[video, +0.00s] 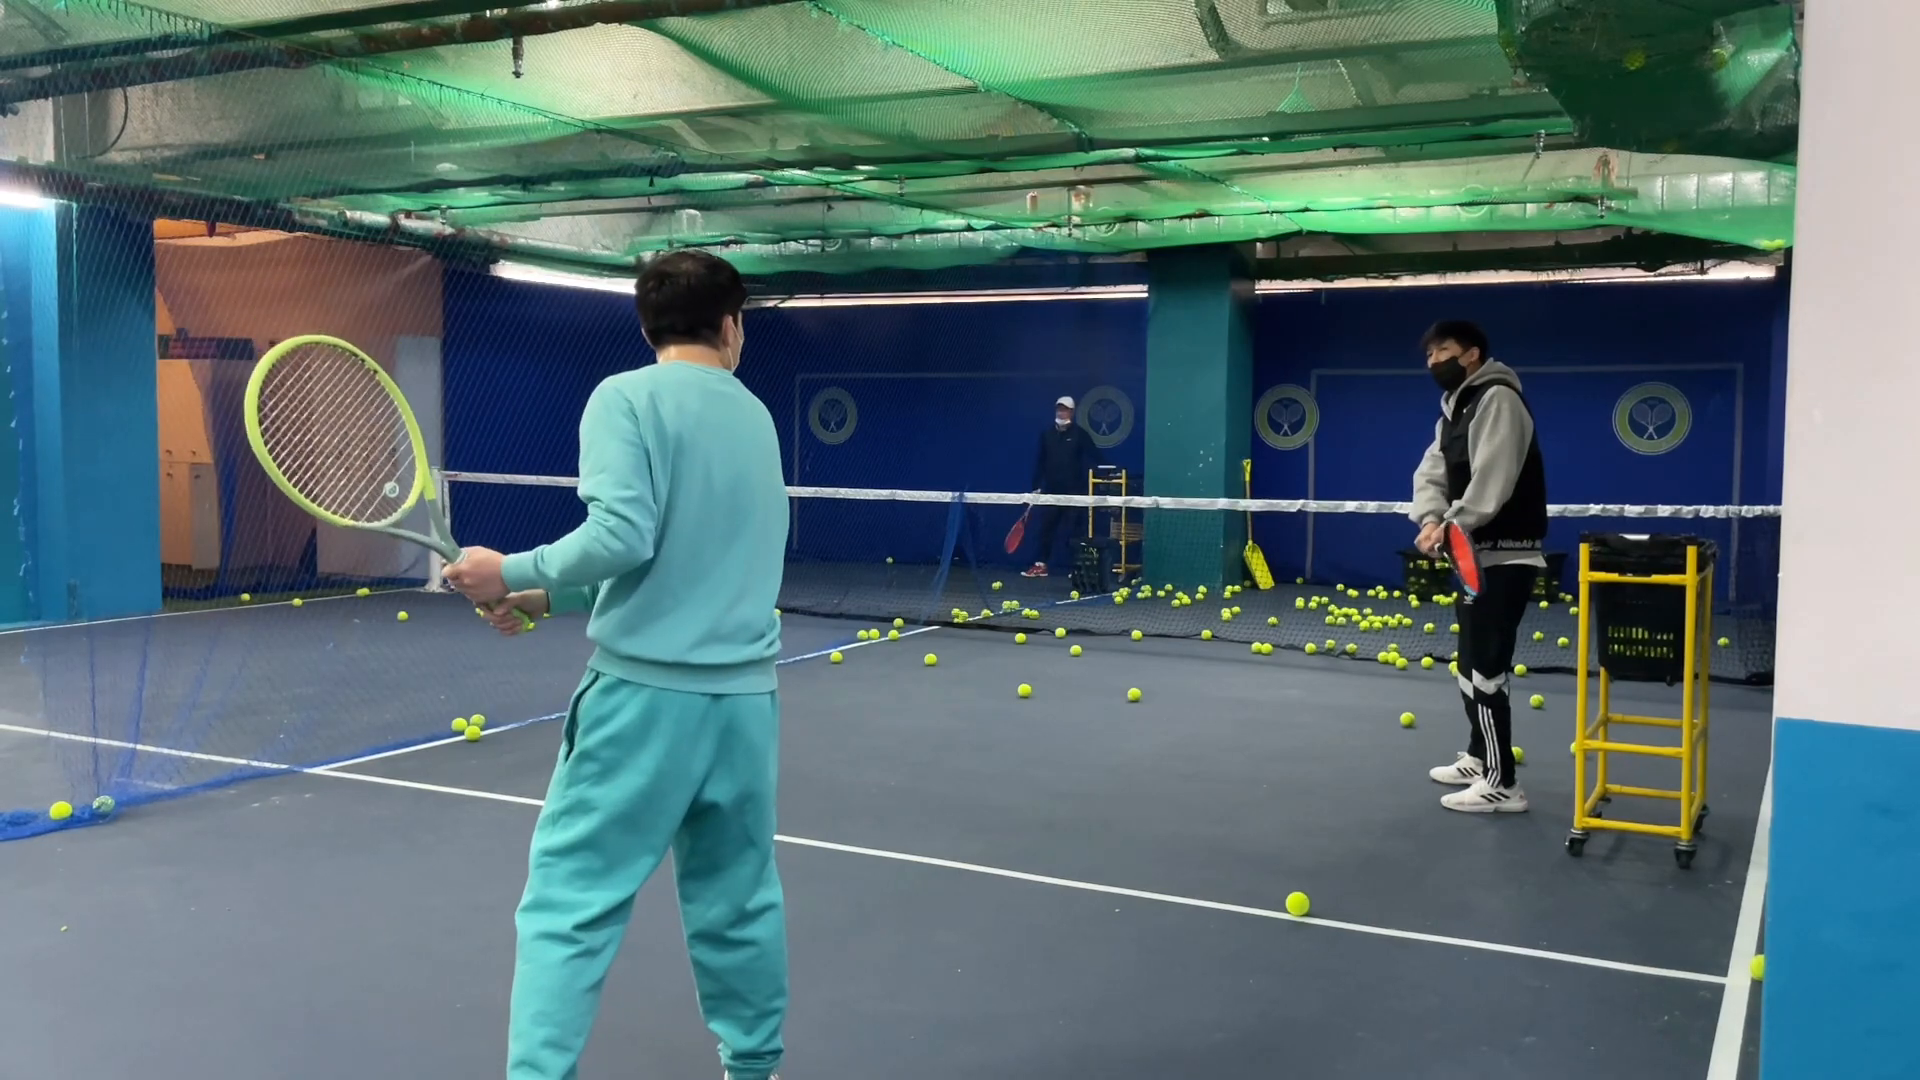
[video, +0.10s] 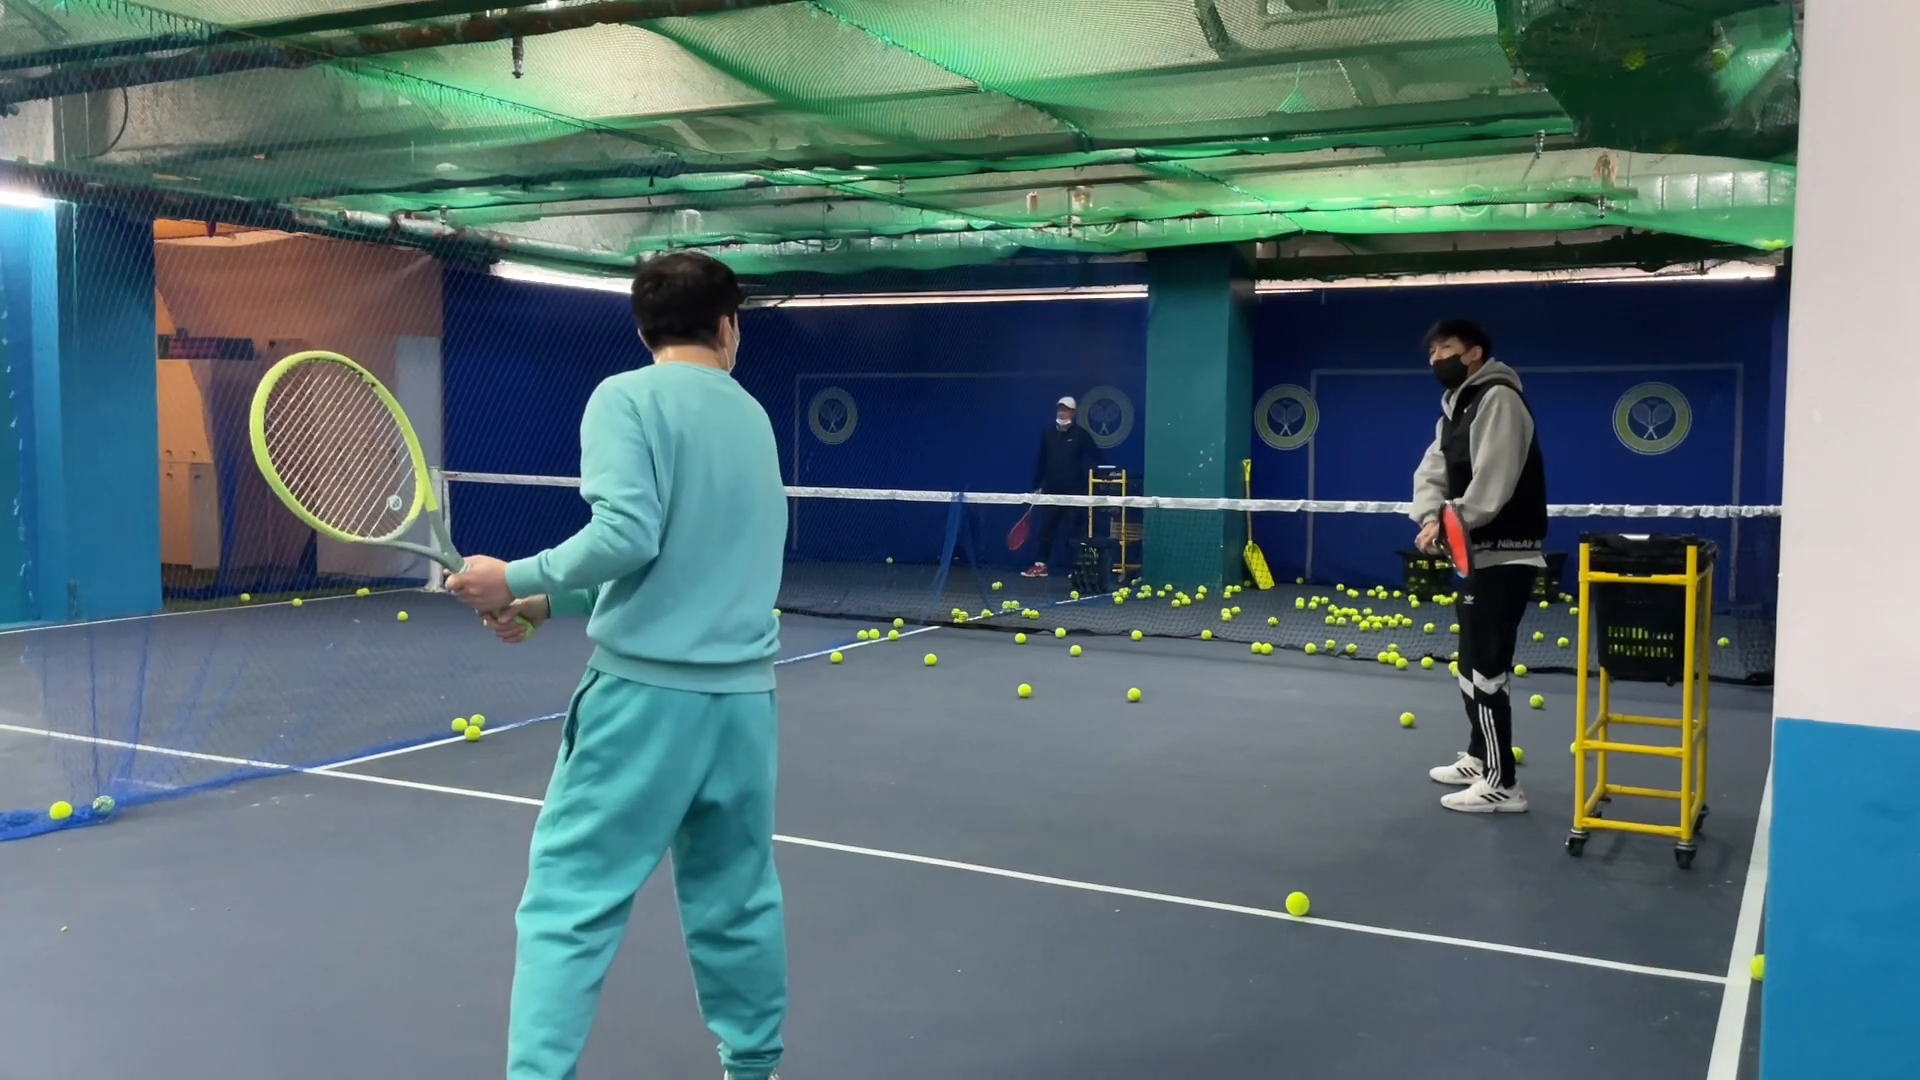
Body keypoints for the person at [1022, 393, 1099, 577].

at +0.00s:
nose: (1061, 413)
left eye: (1065, 409)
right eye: (1059, 409)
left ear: (1072, 413)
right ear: (1055, 411)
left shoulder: (1081, 435)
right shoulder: (1047, 435)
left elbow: (1093, 462)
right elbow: (1041, 462)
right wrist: (1036, 485)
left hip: (1075, 489)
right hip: (1052, 487)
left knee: (1074, 528)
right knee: (1047, 526)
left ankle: (1077, 567)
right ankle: (1041, 564)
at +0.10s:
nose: (1062, 413)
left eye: (1066, 410)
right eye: (1060, 409)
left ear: (1073, 413)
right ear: (1056, 411)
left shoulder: (1081, 435)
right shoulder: (1048, 434)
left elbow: (1094, 461)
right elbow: (1042, 462)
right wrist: (1037, 485)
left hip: (1075, 489)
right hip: (1052, 487)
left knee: (1074, 528)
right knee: (1047, 526)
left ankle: (1078, 568)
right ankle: (1041, 564)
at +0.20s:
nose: (1062, 413)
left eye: (1066, 410)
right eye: (1060, 409)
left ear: (1074, 413)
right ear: (1057, 411)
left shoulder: (1082, 436)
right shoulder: (1048, 434)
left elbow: (1096, 461)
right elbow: (1042, 462)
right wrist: (1036, 484)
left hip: (1076, 489)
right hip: (1052, 487)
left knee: (1074, 528)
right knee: (1047, 525)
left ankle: (1077, 568)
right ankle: (1041, 564)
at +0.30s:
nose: (1062, 413)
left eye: (1066, 410)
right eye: (1060, 409)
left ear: (1073, 413)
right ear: (1056, 411)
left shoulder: (1082, 435)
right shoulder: (1048, 435)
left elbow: (1097, 460)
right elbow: (1042, 461)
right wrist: (1036, 483)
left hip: (1076, 489)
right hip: (1052, 487)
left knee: (1075, 528)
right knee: (1047, 525)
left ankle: (1078, 568)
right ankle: (1041, 564)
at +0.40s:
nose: (1061, 413)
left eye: (1065, 410)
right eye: (1059, 409)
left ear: (1073, 412)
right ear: (1056, 411)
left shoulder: (1082, 435)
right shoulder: (1049, 434)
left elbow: (1099, 457)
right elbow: (1041, 461)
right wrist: (1035, 483)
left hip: (1076, 489)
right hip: (1053, 487)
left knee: (1075, 528)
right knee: (1047, 525)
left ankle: (1077, 568)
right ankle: (1041, 564)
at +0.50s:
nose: (1060, 412)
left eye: (1064, 409)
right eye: (1058, 409)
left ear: (1072, 412)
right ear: (1055, 411)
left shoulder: (1081, 434)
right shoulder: (1048, 434)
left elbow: (1100, 457)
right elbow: (1041, 460)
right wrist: (1033, 484)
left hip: (1075, 488)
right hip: (1052, 487)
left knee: (1075, 528)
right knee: (1047, 526)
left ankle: (1078, 568)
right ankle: (1041, 564)